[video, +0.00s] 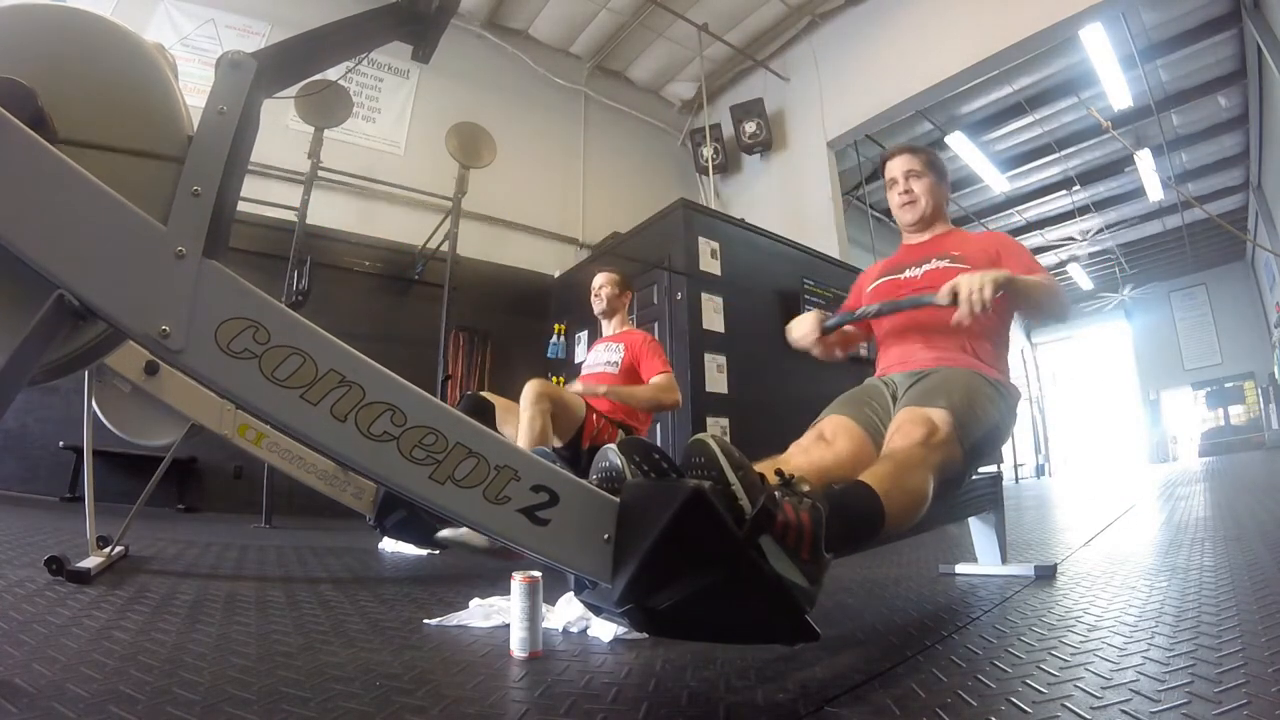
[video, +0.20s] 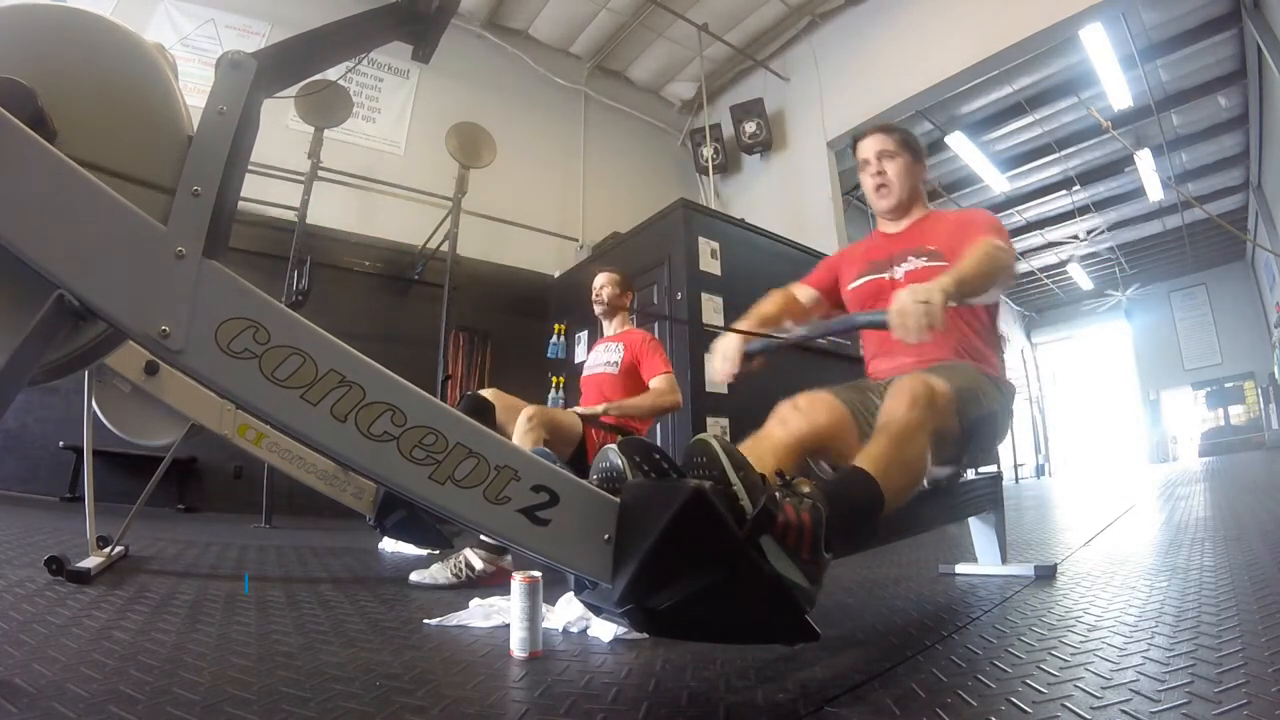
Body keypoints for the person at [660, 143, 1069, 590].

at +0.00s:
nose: (902, 190)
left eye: (913, 178)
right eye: (892, 184)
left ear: (942, 186)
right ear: (888, 200)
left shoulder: (990, 246)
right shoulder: (874, 273)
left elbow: (1054, 303)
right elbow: (843, 345)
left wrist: (1005, 279)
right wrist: (811, 340)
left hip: (963, 374)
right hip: (882, 385)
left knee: (919, 434)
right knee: (823, 441)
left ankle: (820, 526)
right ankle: (697, 490)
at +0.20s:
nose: (875, 172)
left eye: (887, 158)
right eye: (865, 166)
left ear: (919, 167)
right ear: (860, 184)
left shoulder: (967, 222)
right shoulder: (848, 260)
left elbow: (998, 261)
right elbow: (794, 300)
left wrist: (942, 287)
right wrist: (741, 332)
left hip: (972, 382)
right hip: (882, 392)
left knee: (913, 393)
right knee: (795, 414)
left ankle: (822, 518)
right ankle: (698, 496)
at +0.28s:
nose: (861, 164)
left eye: (874, 150)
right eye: (851, 158)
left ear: (908, 159)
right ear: (846, 176)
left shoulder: (959, 213)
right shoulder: (835, 253)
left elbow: (962, 252)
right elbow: (781, 290)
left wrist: (919, 284)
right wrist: (717, 327)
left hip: (969, 389)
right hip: (878, 394)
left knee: (908, 378)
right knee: (781, 404)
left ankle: (820, 512)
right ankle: (699, 504)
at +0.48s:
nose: (809, 137)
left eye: (824, 122)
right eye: (799, 131)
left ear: (864, 132)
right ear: (795, 150)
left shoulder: (919, 187)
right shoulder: (793, 232)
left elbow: (901, 216)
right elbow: (716, 267)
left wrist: (844, 247)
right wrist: (633, 315)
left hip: (941, 392)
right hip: (839, 396)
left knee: (881, 314)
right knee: (732, 357)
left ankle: (815, 514)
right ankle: (696, 495)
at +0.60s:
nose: (767, 119)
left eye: (782, 101)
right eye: (755, 113)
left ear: (828, 109)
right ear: (753, 137)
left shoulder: (888, 165)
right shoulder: (756, 222)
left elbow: (847, 198)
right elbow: (664, 264)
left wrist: (757, 226)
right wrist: (561, 311)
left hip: (918, 398)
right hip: (810, 400)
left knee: (857, 272)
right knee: (694, 334)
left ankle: (809, 512)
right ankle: (682, 505)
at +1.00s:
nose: (653, 74)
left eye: (673, 54)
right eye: (646, 67)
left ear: (739, 70)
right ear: (645, 92)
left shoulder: (800, 118)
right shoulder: (641, 194)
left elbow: (731, 144)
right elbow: (547, 250)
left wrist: (558, 174)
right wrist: (420, 306)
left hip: (855, 391)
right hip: (732, 403)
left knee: (777, 224)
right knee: (604, 305)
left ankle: (800, 504)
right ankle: (662, 501)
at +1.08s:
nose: (654, 76)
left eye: (673, 57)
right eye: (647, 69)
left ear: (738, 71)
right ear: (646, 94)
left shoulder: (800, 119)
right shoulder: (641, 195)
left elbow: (730, 146)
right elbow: (549, 253)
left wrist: (566, 176)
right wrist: (423, 308)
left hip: (857, 391)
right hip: (732, 404)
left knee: (776, 224)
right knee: (607, 309)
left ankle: (800, 507)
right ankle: (665, 504)